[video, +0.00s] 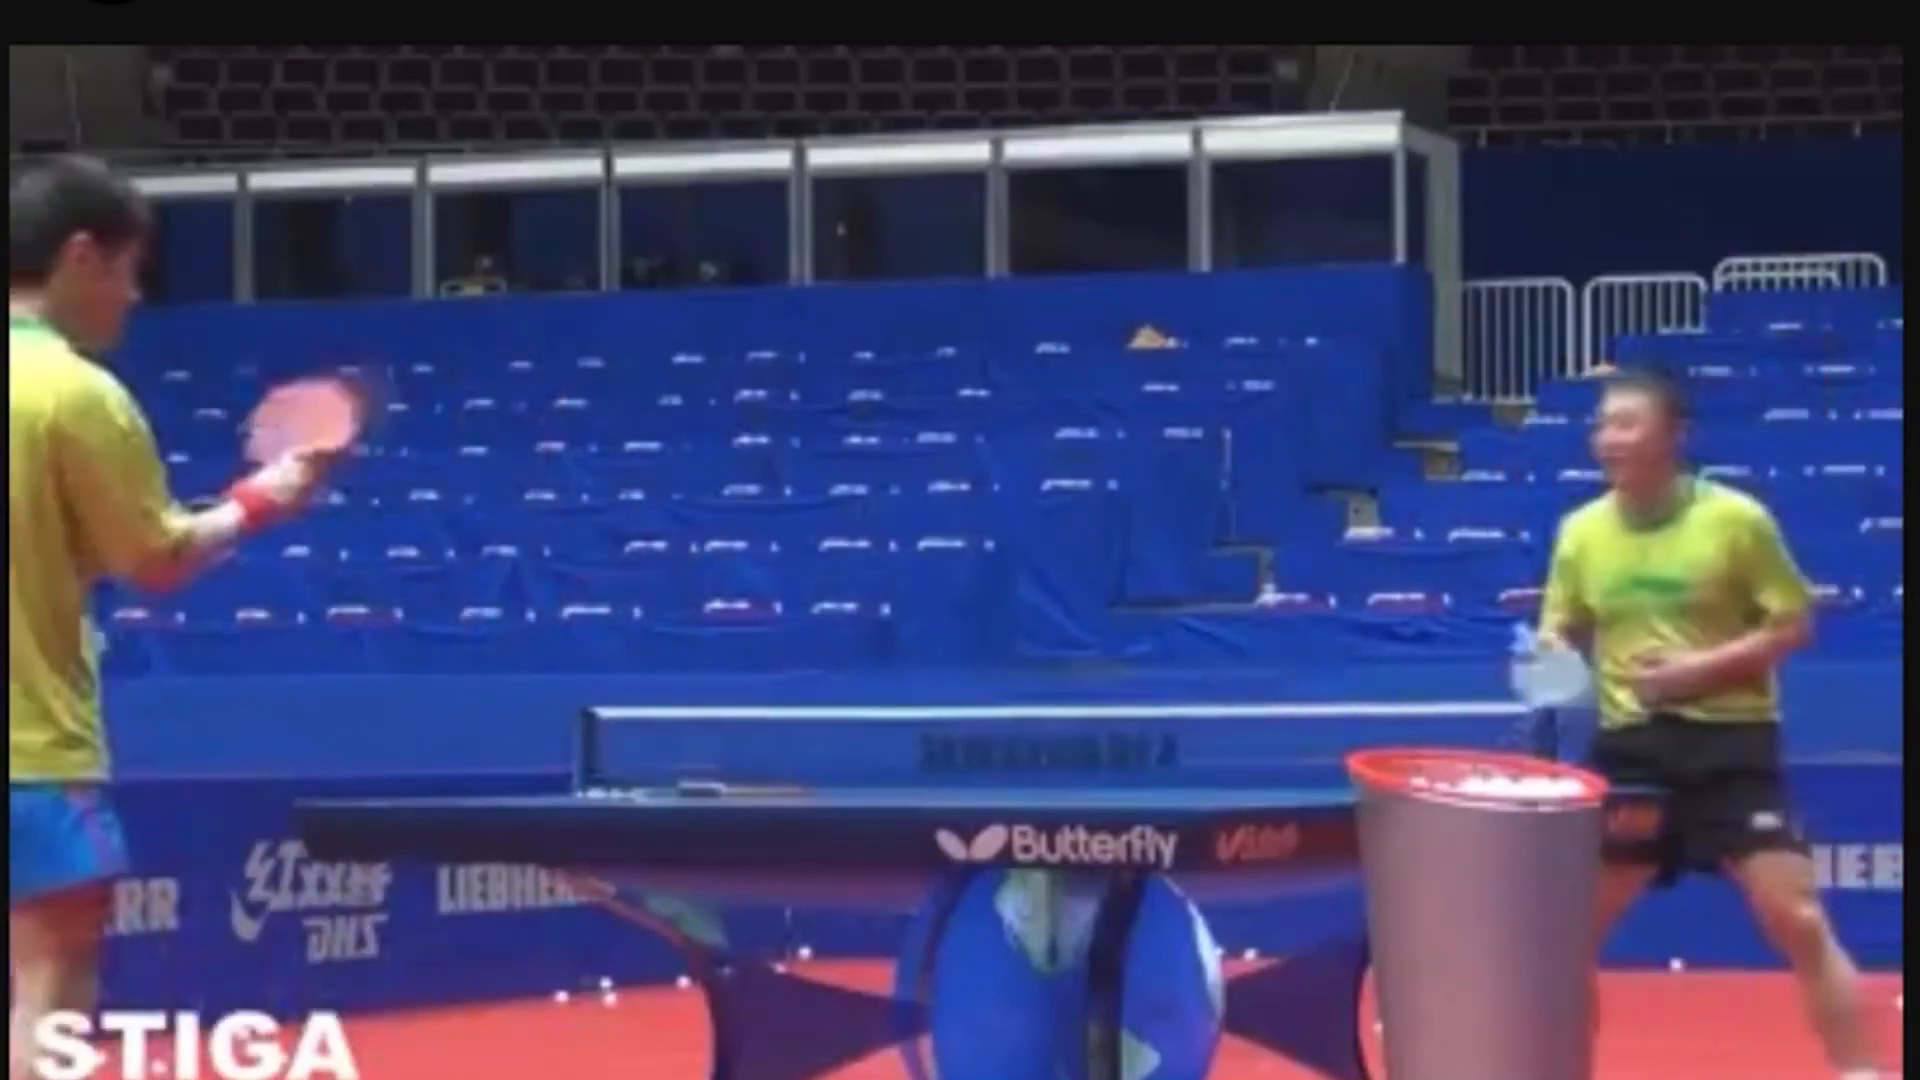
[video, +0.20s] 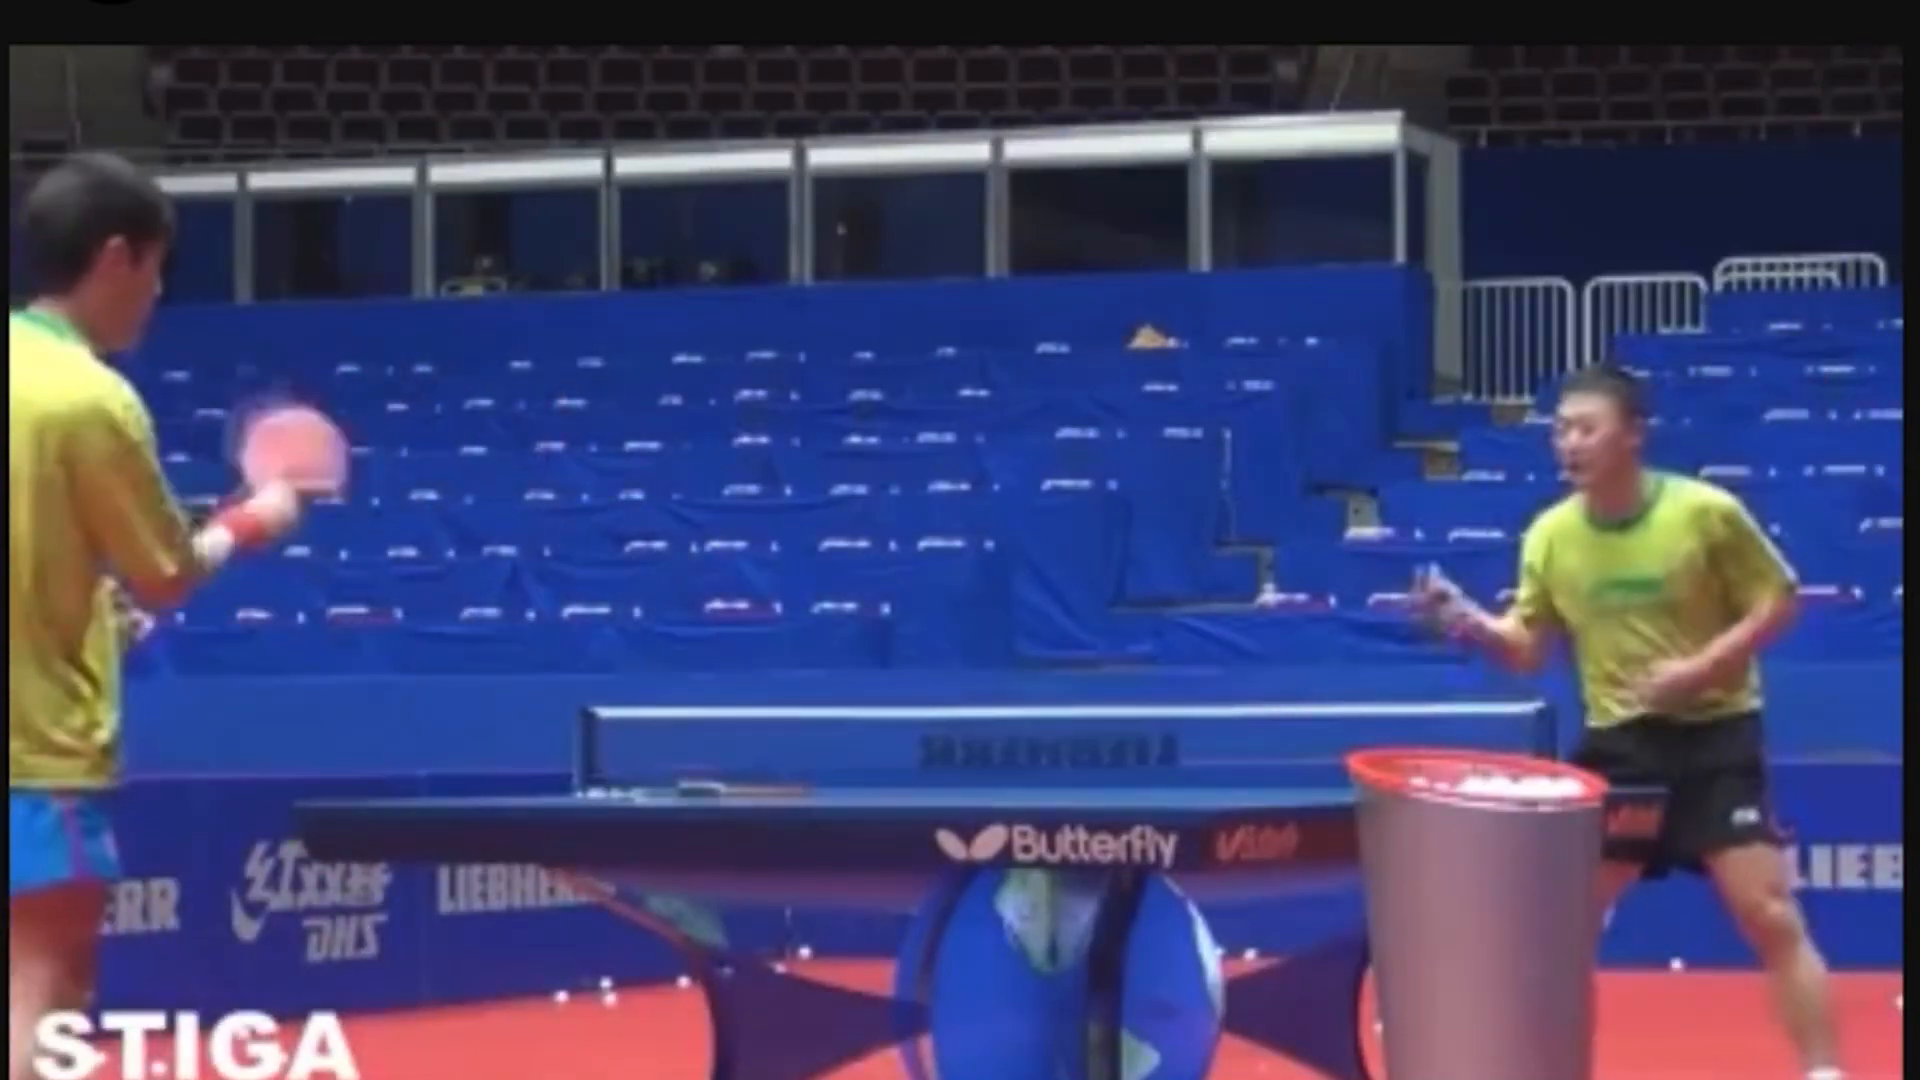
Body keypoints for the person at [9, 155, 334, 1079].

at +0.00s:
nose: (133, 298)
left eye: (135, 274)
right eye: (128, 271)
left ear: (64, 258)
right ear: (79, 256)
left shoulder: (31, 377)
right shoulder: (73, 394)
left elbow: (93, 546)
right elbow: (155, 561)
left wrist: (217, 510)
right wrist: (261, 501)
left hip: (27, 745)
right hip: (38, 750)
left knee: (42, 984)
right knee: (52, 992)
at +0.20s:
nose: (155, 293)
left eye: (159, 269)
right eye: (154, 266)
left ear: (53, 256)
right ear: (114, 258)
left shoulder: (21, 362)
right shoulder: (87, 400)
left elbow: (45, 573)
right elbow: (164, 574)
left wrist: (124, 602)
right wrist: (251, 523)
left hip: (24, 755)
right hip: (43, 763)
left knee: (37, 997)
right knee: (45, 1005)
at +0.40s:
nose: (174, 298)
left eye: (174, 274)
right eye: (170, 272)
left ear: (94, 269)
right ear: (128, 271)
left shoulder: (37, 374)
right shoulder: (68, 390)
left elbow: (87, 560)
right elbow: (86, 579)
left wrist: (213, 587)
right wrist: (225, 597)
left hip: (25, 753)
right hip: (48, 760)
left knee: (36, 990)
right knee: (125, 973)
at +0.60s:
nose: (194, 319)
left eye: (195, 297)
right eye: (190, 295)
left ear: (129, 296)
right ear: (148, 293)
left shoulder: (128, 407)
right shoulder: (47, 419)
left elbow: (164, 536)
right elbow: (27, 598)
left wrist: (273, 585)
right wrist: (179, 638)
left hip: (67, 753)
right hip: (44, 761)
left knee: (70, 996)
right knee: (160, 968)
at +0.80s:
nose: (231, 343)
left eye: (231, 322)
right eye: (223, 320)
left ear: (170, 325)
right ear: (172, 324)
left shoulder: (199, 435)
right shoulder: (57, 465)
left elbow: (288, 520)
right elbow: (20, 670)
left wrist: (411, 570)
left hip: (136, 782)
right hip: (77, 790)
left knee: (112, 1001)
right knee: (190, 981)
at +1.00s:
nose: (272, 391)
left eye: (271, 370)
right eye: (266, 368)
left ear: (213, 376)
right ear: (212, 375)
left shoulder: (249, 460)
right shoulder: (72, 517)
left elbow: (350, 501)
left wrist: (516, 497)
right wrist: (42, 720)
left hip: (166, 790)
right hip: (82, 794)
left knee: (159, 1026)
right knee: (252, 992)